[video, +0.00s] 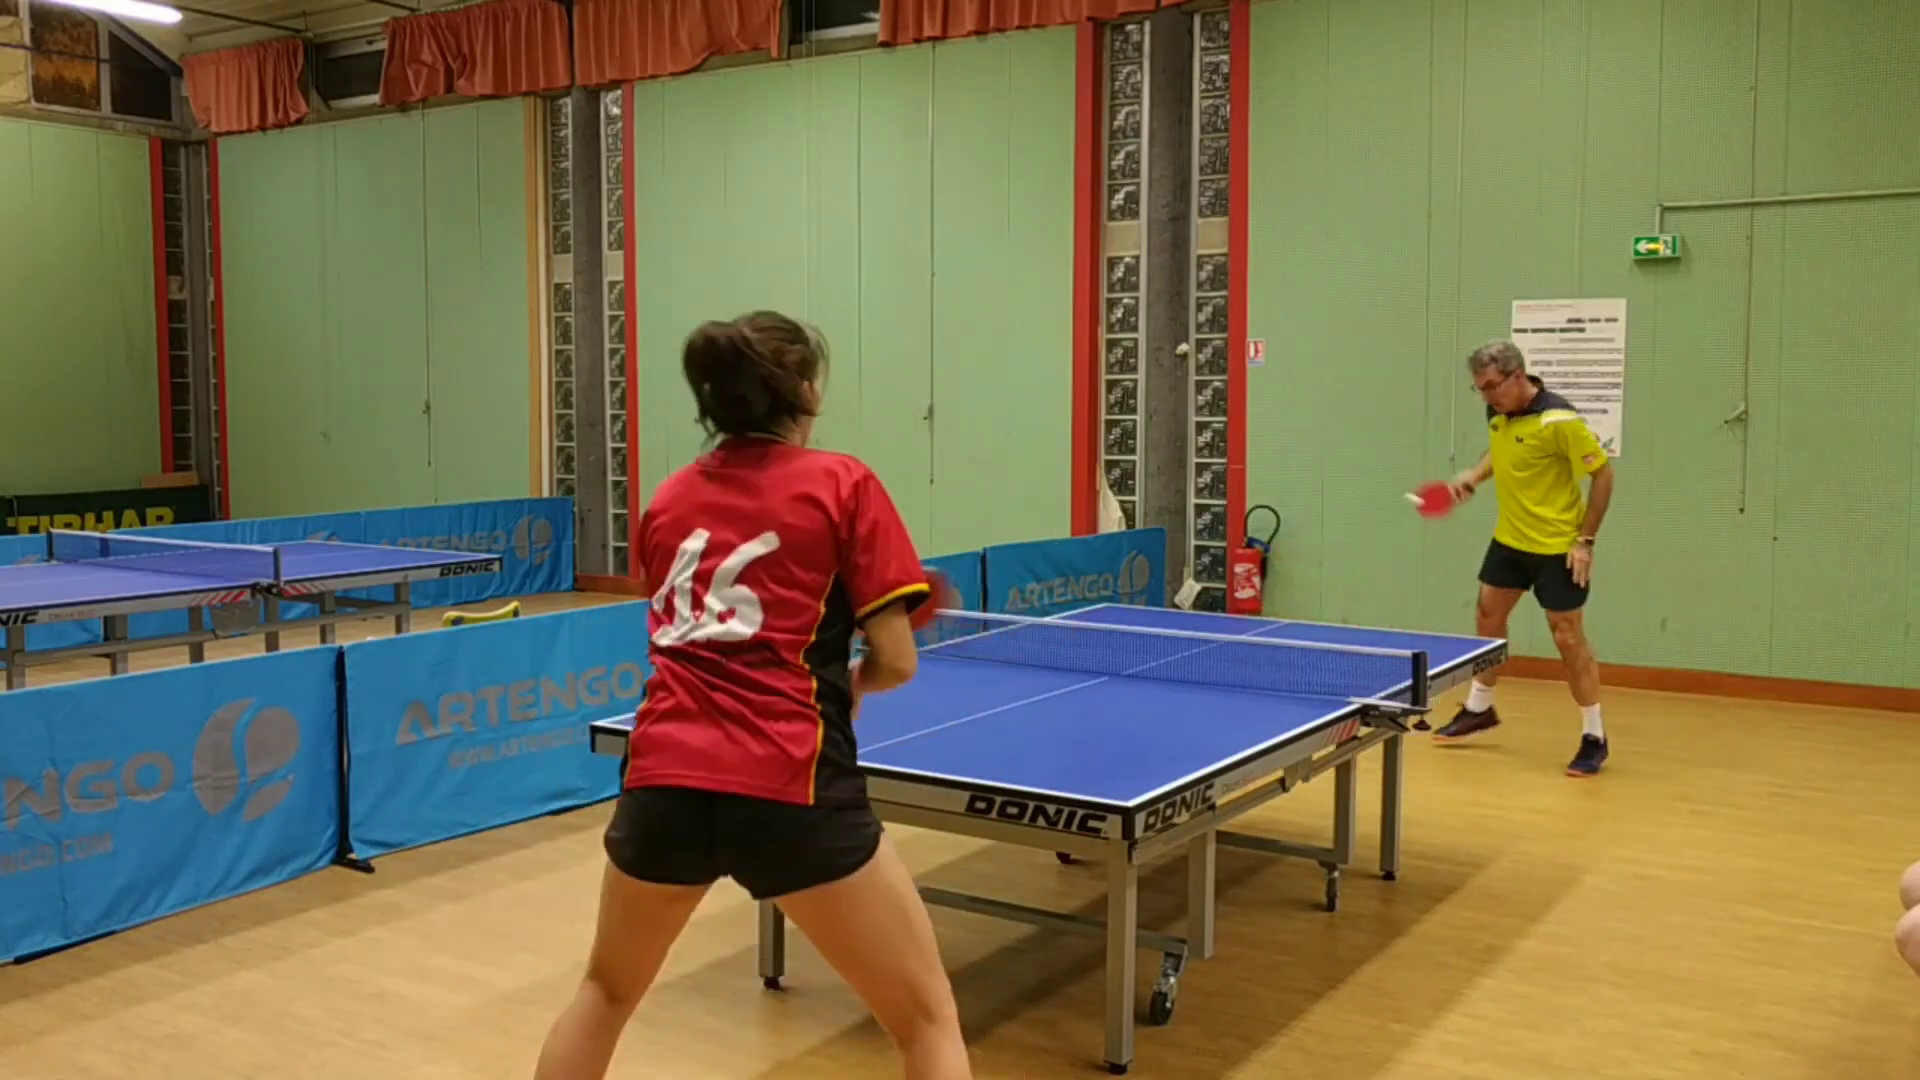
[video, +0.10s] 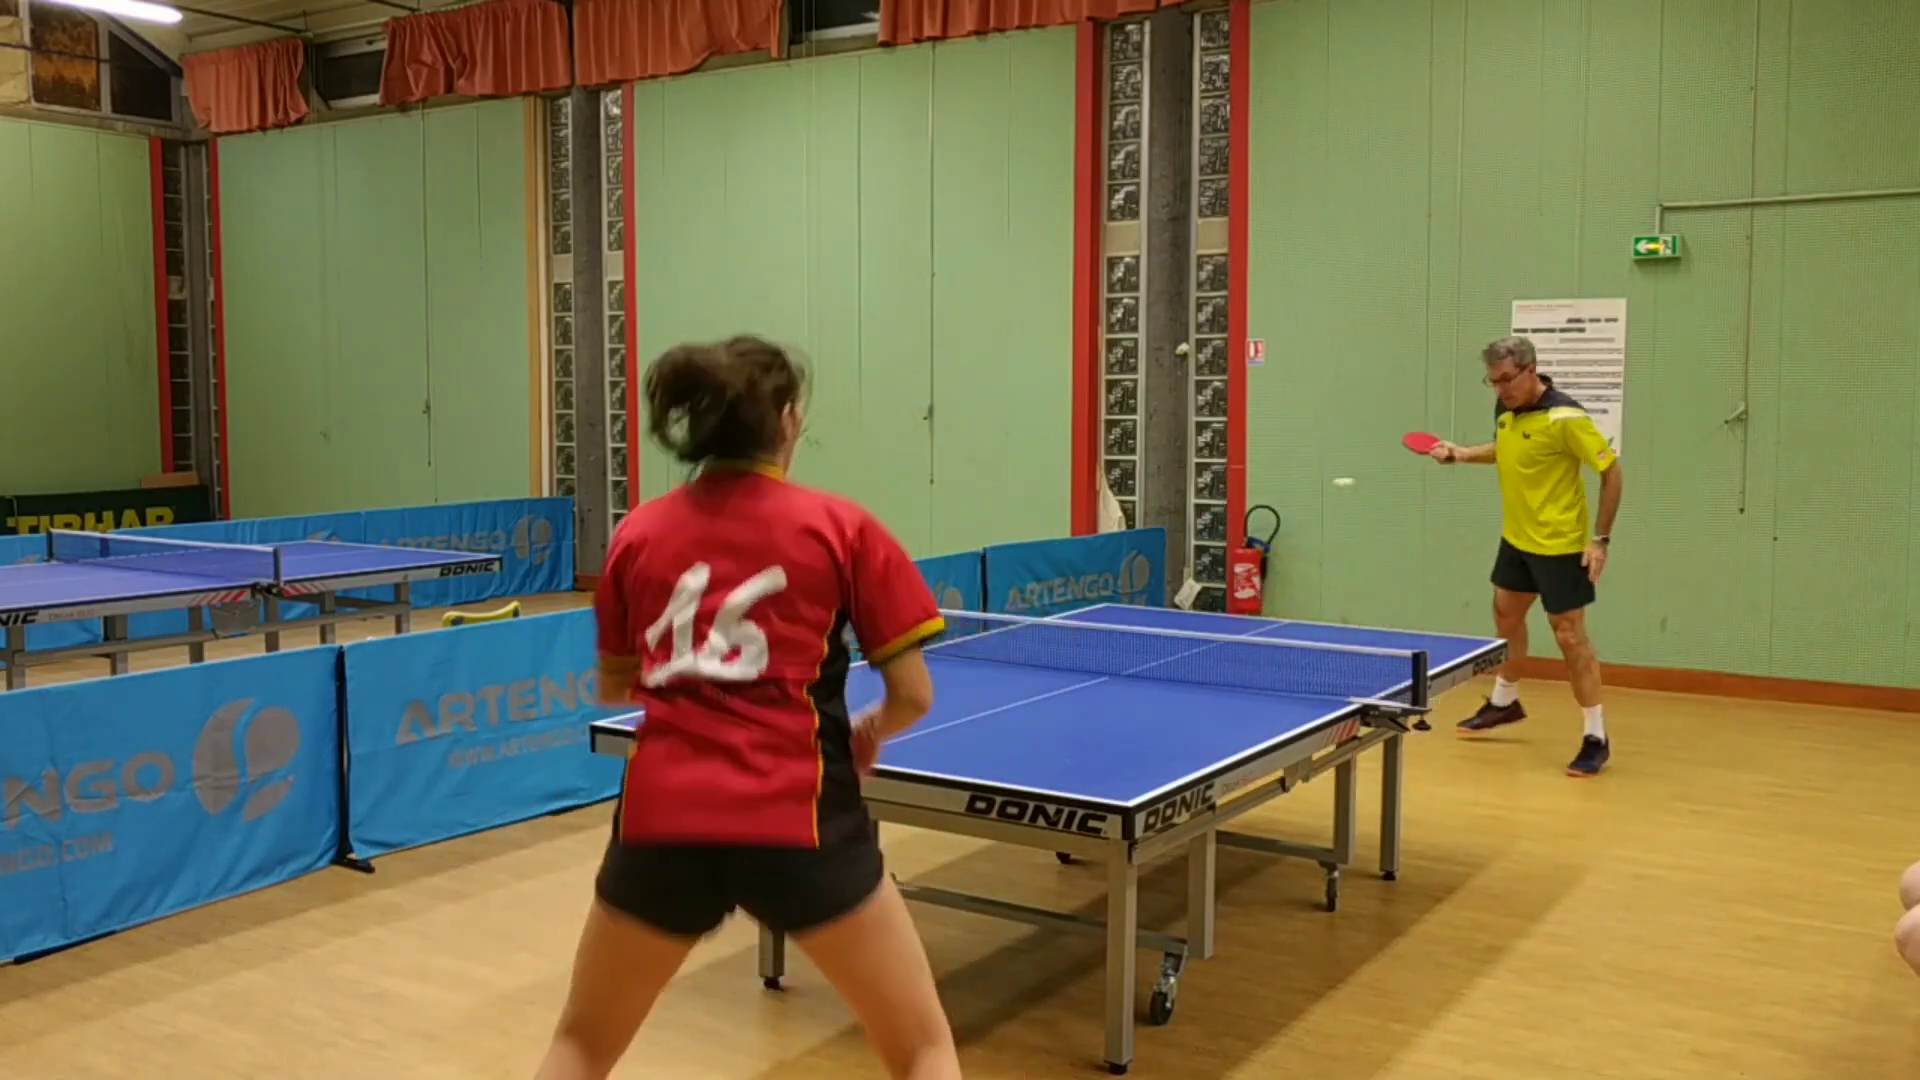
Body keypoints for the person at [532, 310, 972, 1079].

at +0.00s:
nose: (818, 393)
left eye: (817, 381)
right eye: (815, 381)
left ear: (717, 396)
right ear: (802, 391)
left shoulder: (667, 499)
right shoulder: (843, 485)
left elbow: (673, 632)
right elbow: (895, 660)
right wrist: (836, 685)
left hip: (664, 783)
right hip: (792, 789)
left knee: (604, 991)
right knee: (924, 1018)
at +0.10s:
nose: (800, 420)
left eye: (797, 408)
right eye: (798, 409)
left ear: (697, 423)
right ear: (786, 421)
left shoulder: (641, 532)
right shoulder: (839, 527)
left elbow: (617, 682)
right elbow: (912, 692)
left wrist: (710, 672)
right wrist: (872, 729)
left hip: (663, 830)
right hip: (801, 829)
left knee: (581, 1043)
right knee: (921, 1052)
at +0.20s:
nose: (787, 466)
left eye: (783, 453)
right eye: (785, 455)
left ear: (686, 470)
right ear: (774, 467)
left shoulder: (633, 584)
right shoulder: (837, 574)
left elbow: (570, 745)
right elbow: (927, 723)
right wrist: (889, 771)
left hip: (679, 885)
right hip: (821, 882)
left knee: (571, 1066)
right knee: (940, 1068)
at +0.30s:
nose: (795, 473)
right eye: (791, 461)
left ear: (685, 491)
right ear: (781, 478)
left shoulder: (654, 597)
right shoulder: (856, 570)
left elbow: (583, 756)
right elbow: (951, 707)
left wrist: (552, 812)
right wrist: (918, 771)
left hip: (739, 879)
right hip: (876, 863)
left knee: (606, 1062)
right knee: (987, 1033)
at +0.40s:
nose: (836, 496)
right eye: (830, 488)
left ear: (729, 512)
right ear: (820, 499)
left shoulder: (720, 609)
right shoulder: (893, 582)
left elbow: (656, 767)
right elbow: (1001, 710)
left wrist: (550, 820)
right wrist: (976, 773)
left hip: (816, 897)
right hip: (948, 877)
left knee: (623, 1045)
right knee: (1040, 1053)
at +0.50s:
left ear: (801, 544)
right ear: (890, 534)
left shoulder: (811, 641)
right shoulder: (966, 622)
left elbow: (742, 796)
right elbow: (1079, 729)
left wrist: (609, 792)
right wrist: (1040, 757)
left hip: (877, 944)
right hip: (999, 937)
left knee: (667, 1059)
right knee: (1098, 1073)